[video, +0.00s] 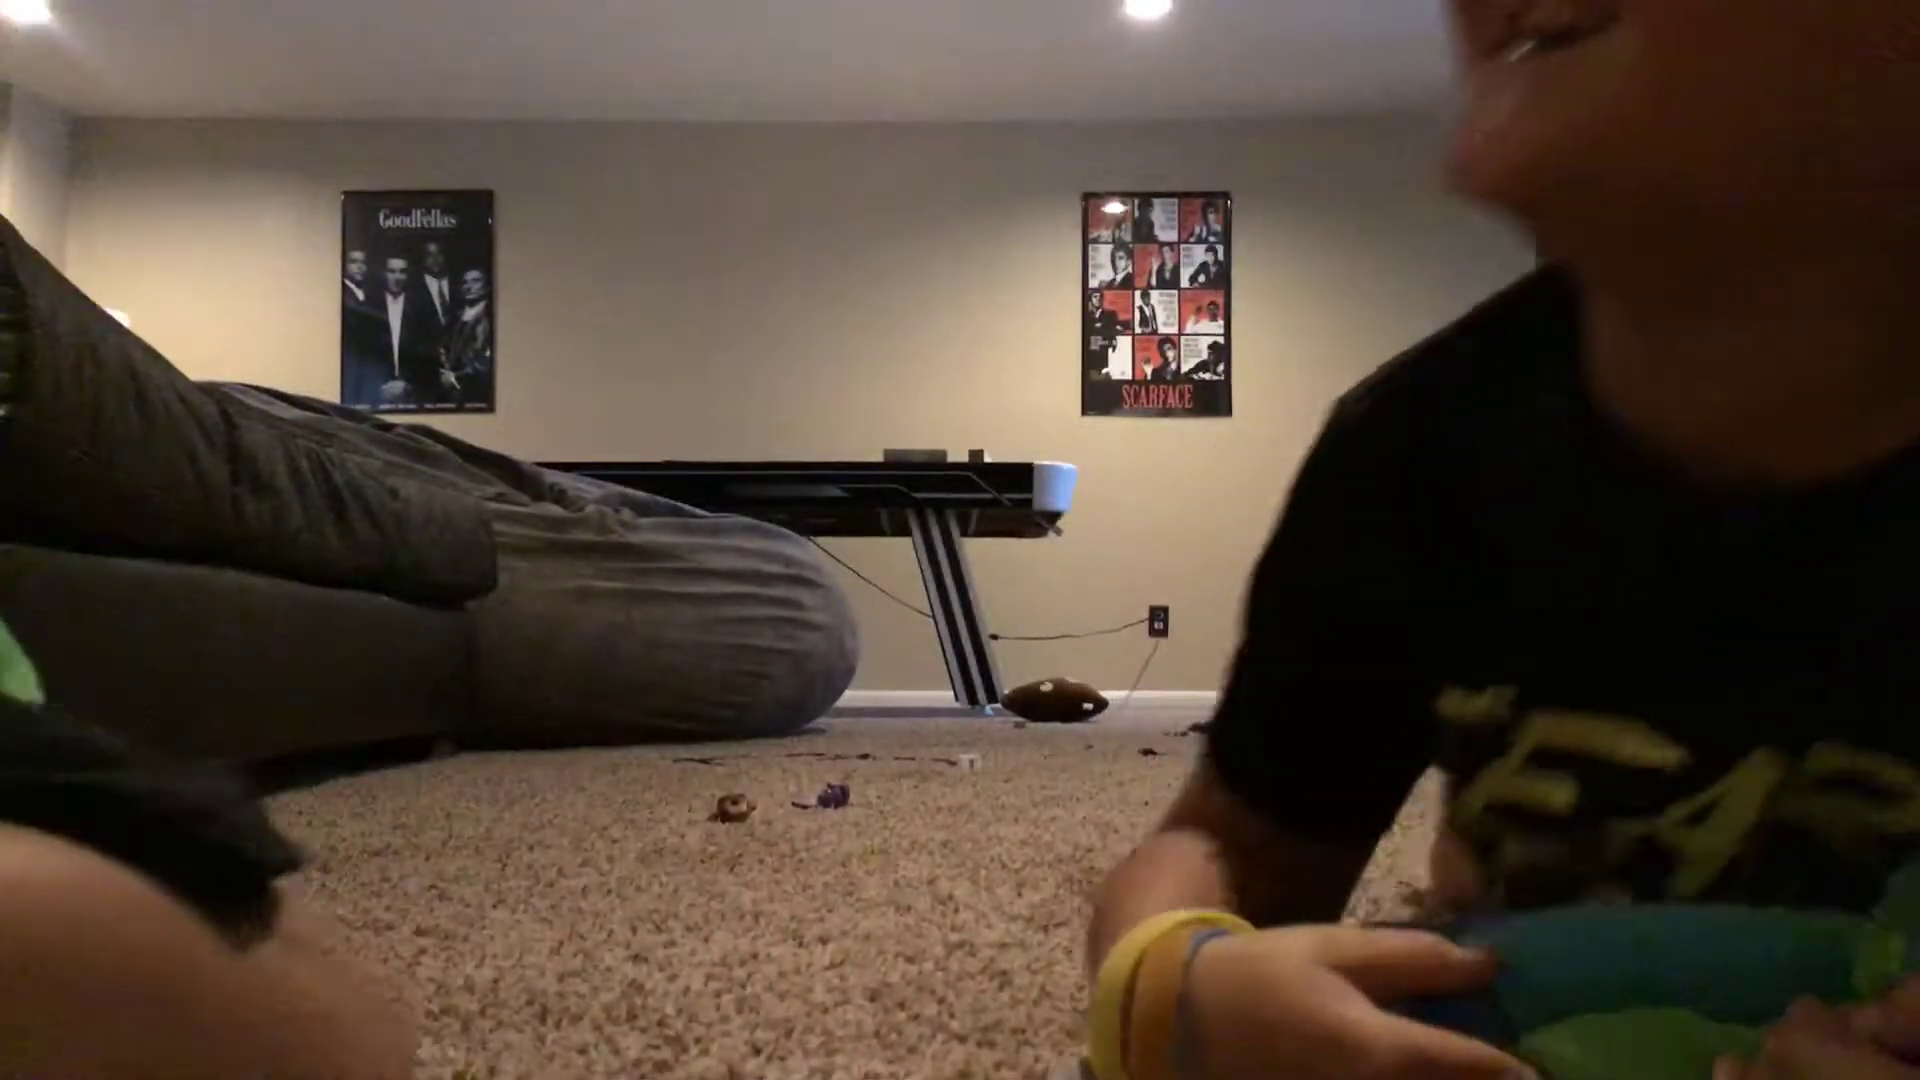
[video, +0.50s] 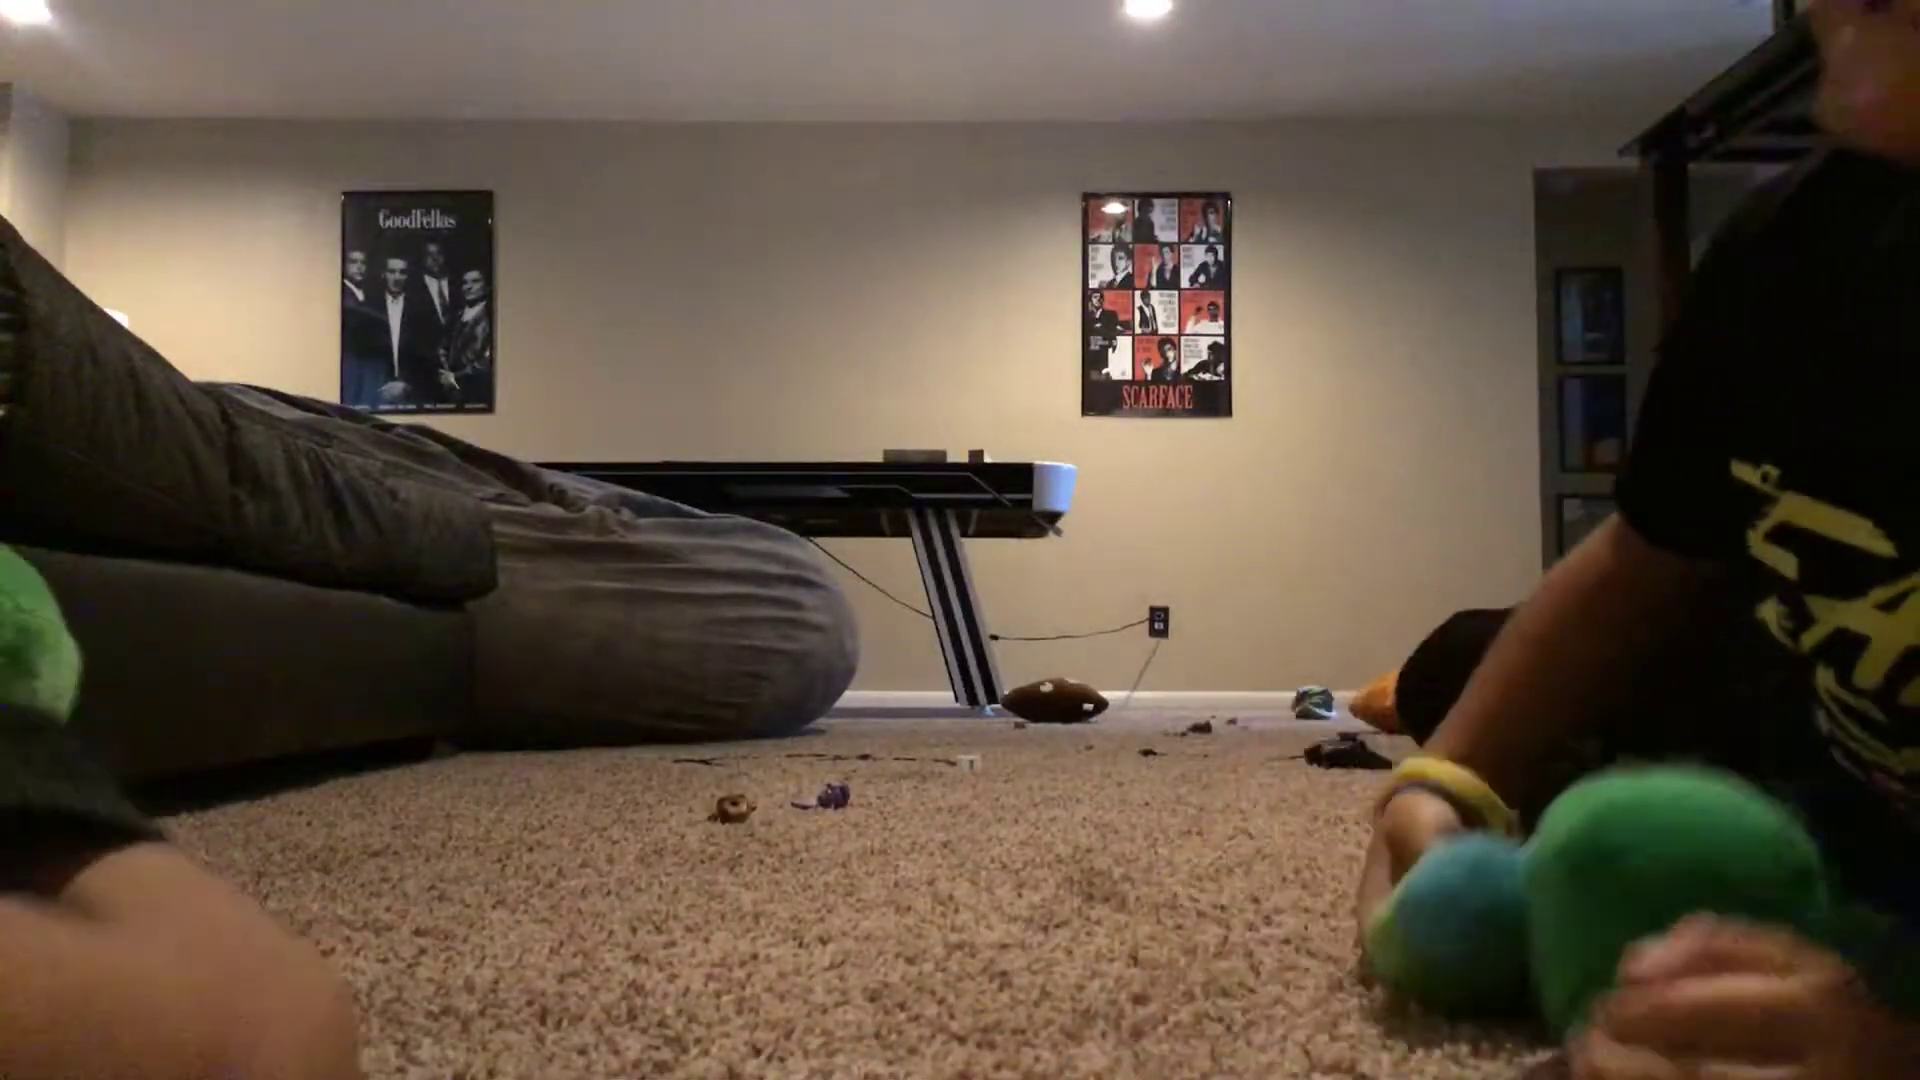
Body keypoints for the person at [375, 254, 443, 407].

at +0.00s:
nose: (397, 277)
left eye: (402, 272)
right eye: (391, 271)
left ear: (409, 274)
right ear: (384, 274)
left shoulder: (419, 301)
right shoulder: (373, 301)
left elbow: (429, 341)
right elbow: (368, 343)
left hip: (413, 379)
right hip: (380, 378)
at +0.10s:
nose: (397, 277)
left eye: (402, 272)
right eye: (391, 271)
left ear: (408, 275)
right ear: (384, 274)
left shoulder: (420, 303)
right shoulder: (372, 302)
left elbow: (428, 343)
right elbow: (367, 344)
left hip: (413, 380)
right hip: (380, 379)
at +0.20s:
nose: (397, 277)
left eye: (402, 272)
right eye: (391, 272)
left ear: (408, 276)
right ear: (384, 274)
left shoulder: (420, 304)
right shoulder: (372, 304)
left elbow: (427, 347)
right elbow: (366, 346)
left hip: (413, 381)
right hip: (379, 380)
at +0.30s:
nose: (397, 277)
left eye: (402, 272)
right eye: (391, 272)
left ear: (408, 276)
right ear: (384, 274)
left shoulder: (420, 304)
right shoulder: (372, 304)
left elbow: (427, 347)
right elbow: (367, 347)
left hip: (413, 382)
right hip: (379, 381)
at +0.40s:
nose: (397, 277)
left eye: (402, 272)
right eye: (391, 272)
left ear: (408, 276)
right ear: (384, 274)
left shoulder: (420, 304)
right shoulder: (372, 304)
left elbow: (427, 347)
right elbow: (367, 347)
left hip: (413, 382)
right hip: (379, 381)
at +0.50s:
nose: (397, 277)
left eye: (402, 272)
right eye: (391, 272)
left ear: (408, 276)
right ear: (384, 274)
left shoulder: (419, 304)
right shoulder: (372, 304)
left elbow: (427, 347)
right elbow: (367, 346)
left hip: (413, 381)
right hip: (380, 380)